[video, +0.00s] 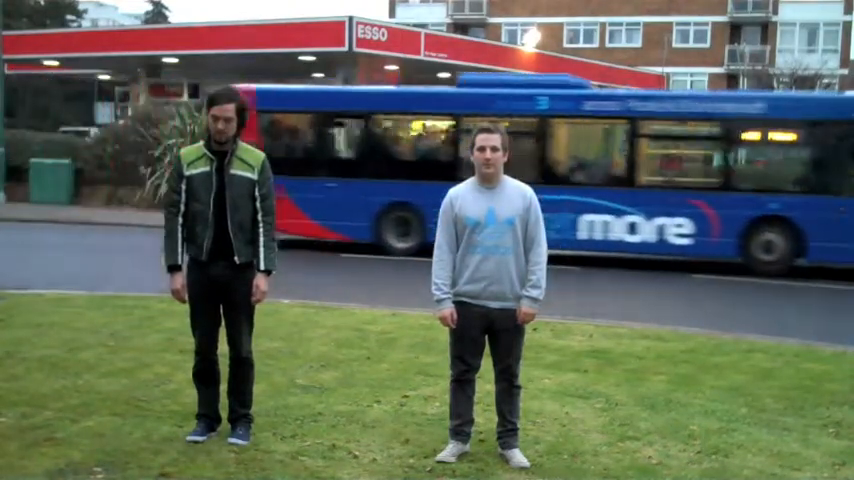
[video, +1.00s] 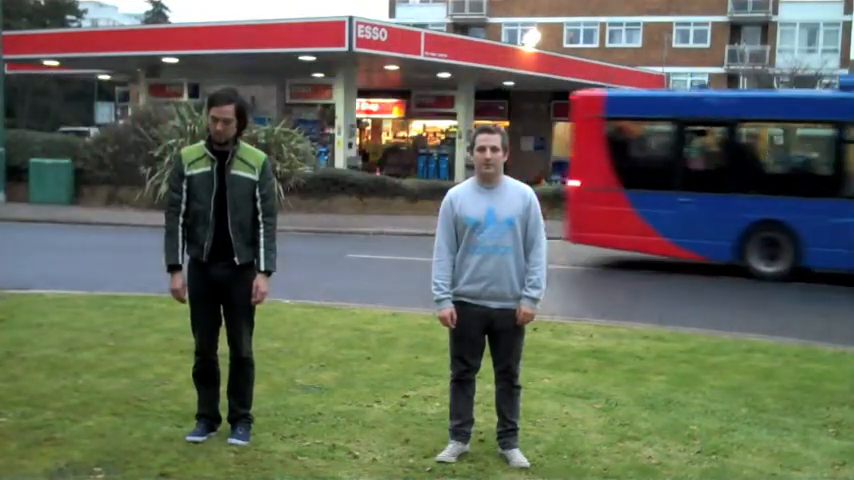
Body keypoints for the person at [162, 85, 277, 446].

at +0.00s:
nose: (221, 126)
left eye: (228, 120)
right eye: (216, 119)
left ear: (239, 122)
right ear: (206, 119)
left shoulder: (256, 162)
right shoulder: (185, 160)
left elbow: (266, 220)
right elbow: (173, 216)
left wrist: (264, 270)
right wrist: (175, 269)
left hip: (241, 270)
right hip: (200, 269)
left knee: (240, 350)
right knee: (204, 349)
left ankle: (241, 421)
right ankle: (206, 418)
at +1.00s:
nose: (219, 127)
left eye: (227, 122)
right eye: (214, 120)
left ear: (240, 124)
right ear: (206, 119)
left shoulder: (258, 164)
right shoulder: (186, 160)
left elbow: (267, 220)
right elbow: (174, 216)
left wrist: (264, 272)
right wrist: (175, 269)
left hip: (241, 270)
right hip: (200, 269)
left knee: (240, 350)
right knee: (204, 349)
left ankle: (240, 421)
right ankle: (206, 419)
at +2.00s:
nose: (212, 128)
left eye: (220, 123)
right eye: (210, 121)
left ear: (240, 125)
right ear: (208, 121)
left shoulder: (263, 164)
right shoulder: (192, 161)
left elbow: (272, 221)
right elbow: (177, 216)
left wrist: (268, 272)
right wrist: (173, 268)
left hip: (246, 272)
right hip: (205, 269)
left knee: (244, 351)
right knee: (194, 346)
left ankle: (240, 420)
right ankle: (205, 416)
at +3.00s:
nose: (212, 125)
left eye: (220, 119)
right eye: (211, 118)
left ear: (241, 122)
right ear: (210, 119)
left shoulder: (266, 164)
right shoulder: (196, 158)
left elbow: (273, 222)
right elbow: (179, 211)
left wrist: (266, 274)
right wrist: (172, 263)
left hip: (245, 271)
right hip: (204, 266)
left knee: (244, 351)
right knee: (183, 335)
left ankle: (240, 419)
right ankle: (198, 412)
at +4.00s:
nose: (207, 117)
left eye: (214, 113)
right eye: (208, 111)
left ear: (234, 118)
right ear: (218, 118)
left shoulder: (265, 166)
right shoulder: (197, 158)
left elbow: (272, 225)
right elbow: (181, 212)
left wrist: (261, 276)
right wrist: (175, 263)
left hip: (244, 272)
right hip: (204, 268)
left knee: (243, 353)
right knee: (185, 336)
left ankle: (239, 419)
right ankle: (198, 410)